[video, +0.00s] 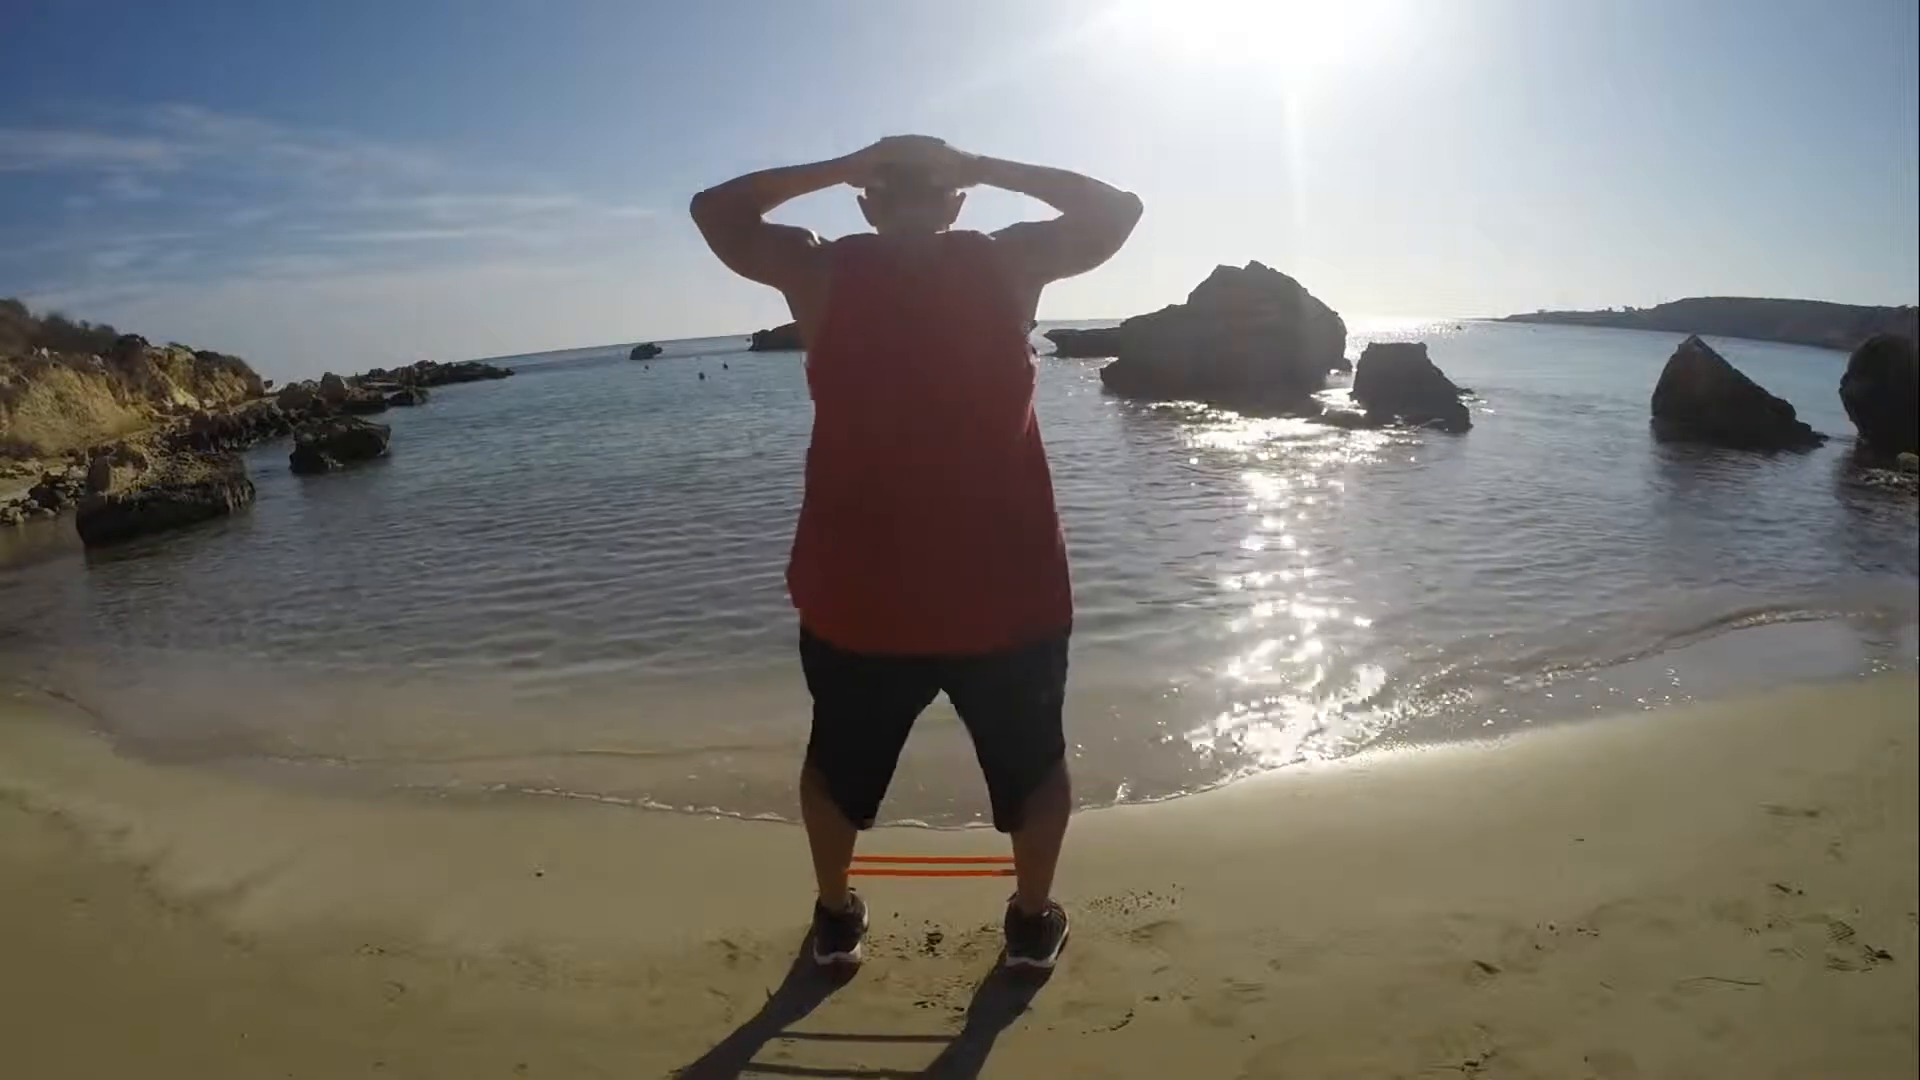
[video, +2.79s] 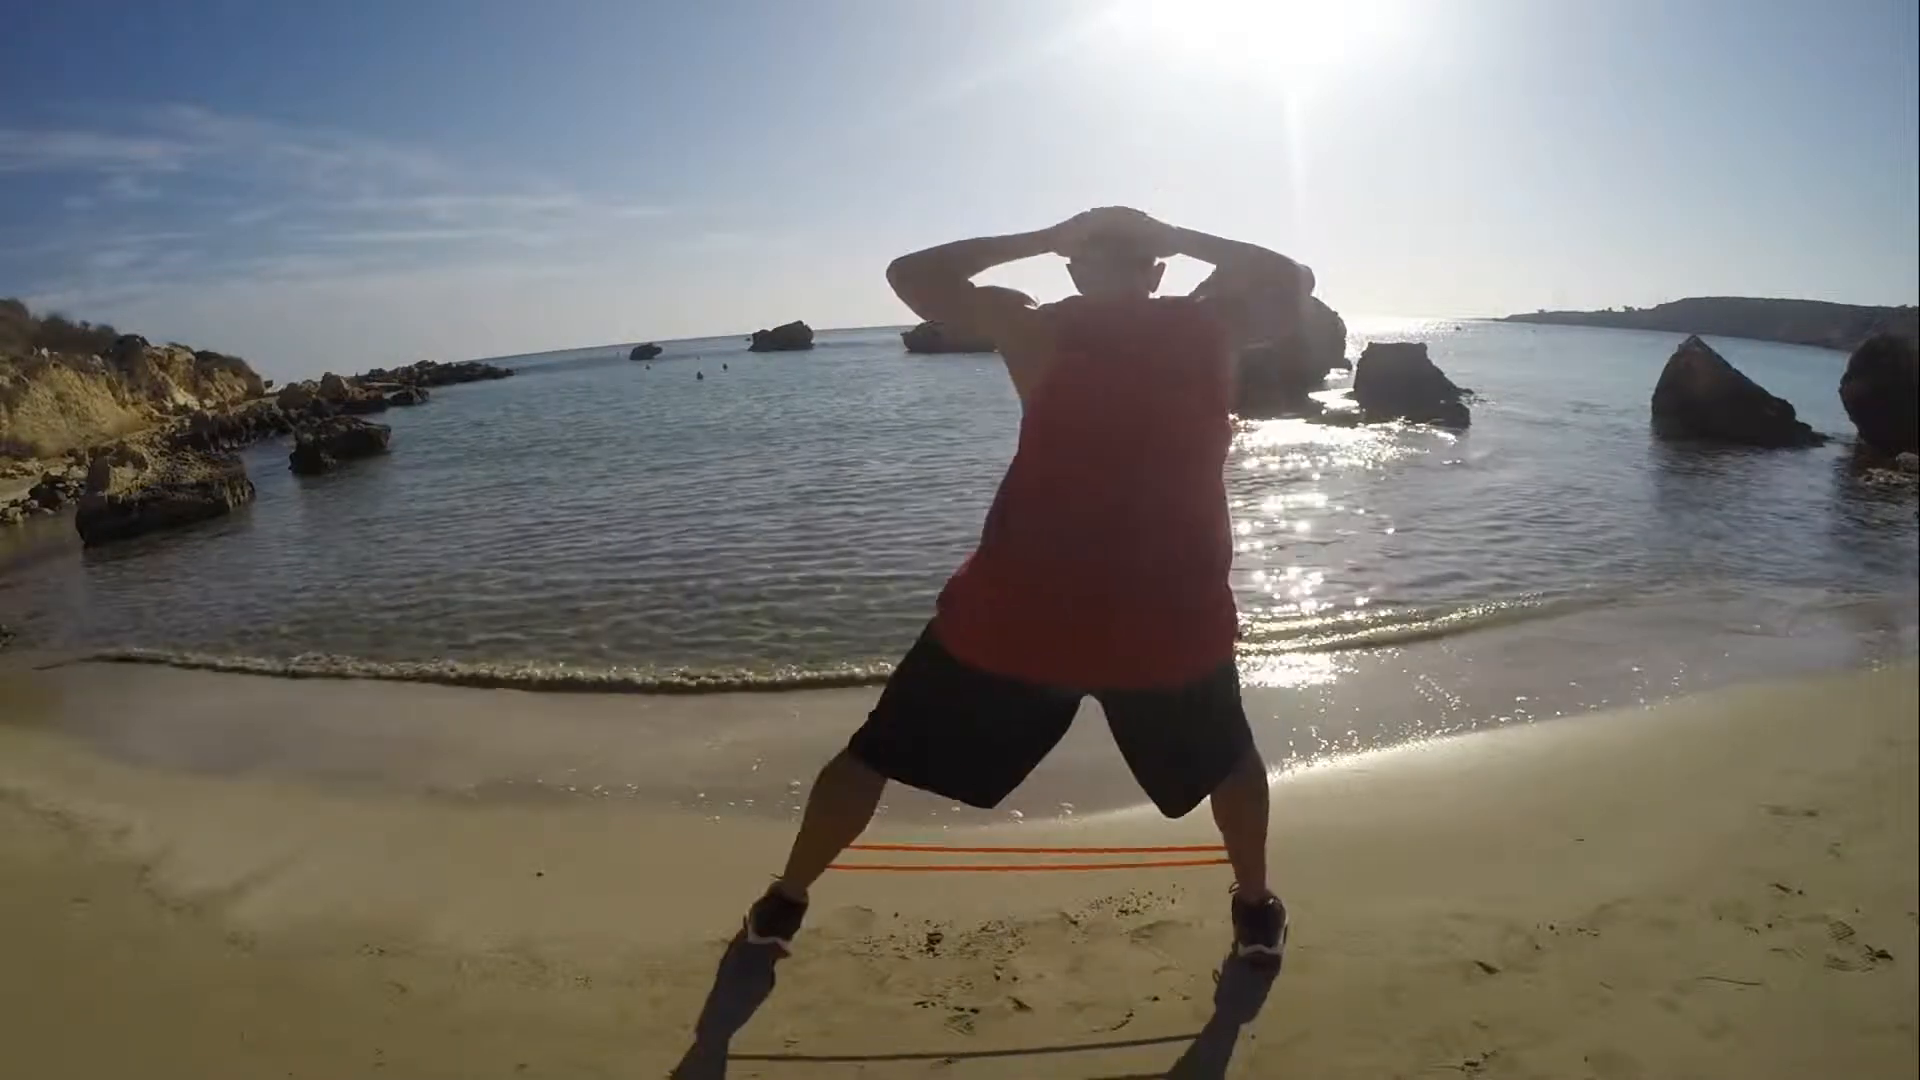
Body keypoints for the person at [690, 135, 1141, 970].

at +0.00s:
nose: (923, 190)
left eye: (908, 176)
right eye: (930, 177)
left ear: (865, 197)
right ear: (959, 197)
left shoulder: (818, 272)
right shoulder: (1007, 263)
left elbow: (714, 209)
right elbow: (1115, 210)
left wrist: (839, 168)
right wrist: (983, 167)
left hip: (860, 582)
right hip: (1001, 577)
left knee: (838, 756)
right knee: (1032, 761)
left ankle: (834, 912)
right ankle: (1032, 918)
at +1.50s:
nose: (866, 222)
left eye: (857, 214)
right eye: (884, 210)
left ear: (831, 237)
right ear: (918, 233)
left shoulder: (789, 303)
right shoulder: (968, 286)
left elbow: (698, 265)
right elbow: (1072, 236)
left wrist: (807, 214)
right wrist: (939, 201)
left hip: (855, 576)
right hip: (1003, 557)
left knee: (839, 760)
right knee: (1107, 727)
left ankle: (832, 917)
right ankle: (1156, 881)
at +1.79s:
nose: (929, 247)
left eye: (930, 234)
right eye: (934, 232)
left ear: (913, 250)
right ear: (998, 247)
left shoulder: (873, 322)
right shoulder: (1052, 304)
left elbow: (764, 278)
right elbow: (1147, 251)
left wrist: (881, 228)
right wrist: (1019, 217)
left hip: (934, 596)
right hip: (1083, 590)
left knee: (868, 771)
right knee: (1179, 764)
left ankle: (838, 916)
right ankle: (1253, 904)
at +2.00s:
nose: (1034, 246)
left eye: (1036, 231)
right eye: (1037, 229)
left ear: (1028, 240)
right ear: (1105, 235)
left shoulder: (999, 312)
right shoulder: (1167, 293)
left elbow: (866, 270)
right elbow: (1247, 243)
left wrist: (990, 221)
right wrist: (1127, 210)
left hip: (1036, 578)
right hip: (1179, 579)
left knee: (936, 743)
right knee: (1232, 748)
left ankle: (873, 896)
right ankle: (1257, 907)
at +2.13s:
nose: (1107, 230)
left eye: (1104, 216)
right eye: (1105, 215)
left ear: (1080, 228)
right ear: (1157, 221)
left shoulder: (1056, 298)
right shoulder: (1218, 281)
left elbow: (914, 250)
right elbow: (1291, 238)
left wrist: (1039, 207)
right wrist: (1183, 197)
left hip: (1085, 561)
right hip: (1225, 563)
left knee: (1002, 734)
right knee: (1251, 752)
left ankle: (992, 893)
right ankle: (1261, 904)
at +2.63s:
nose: (1144, 243)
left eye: (1137, 232)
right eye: (1161, 227)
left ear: (1120, 248)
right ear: (1203, 246)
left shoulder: (1089, 310)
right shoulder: (1259, 303)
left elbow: (960, 257)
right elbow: (1334, 263)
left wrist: (1092, 223)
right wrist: (1224, 221)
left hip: (1087, 566)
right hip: (1225, 581)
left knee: (959, 718)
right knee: (1249, 744)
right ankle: (1260, 908)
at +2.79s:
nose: (1093, 264)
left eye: (1090, 253)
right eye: (1110, 252)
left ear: (1077, 265)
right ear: (1157, 267)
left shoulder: (1034, 328)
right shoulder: (1209, 326)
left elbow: (911, 273)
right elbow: (1289, 275)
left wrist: (1042, 239)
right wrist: (1177, 237)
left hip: (1021, 594)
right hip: (1170, 606)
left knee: (875, 750)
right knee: (1230, 757)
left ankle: (784, 901)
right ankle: (1255, 904)